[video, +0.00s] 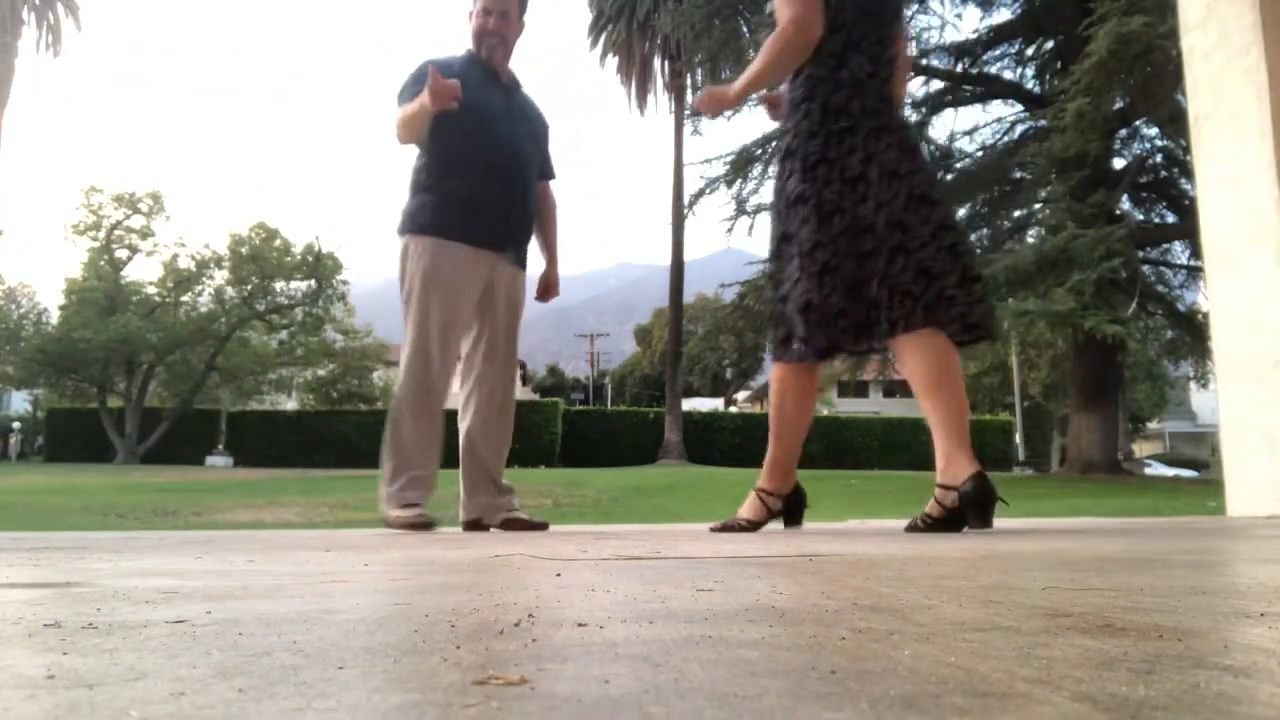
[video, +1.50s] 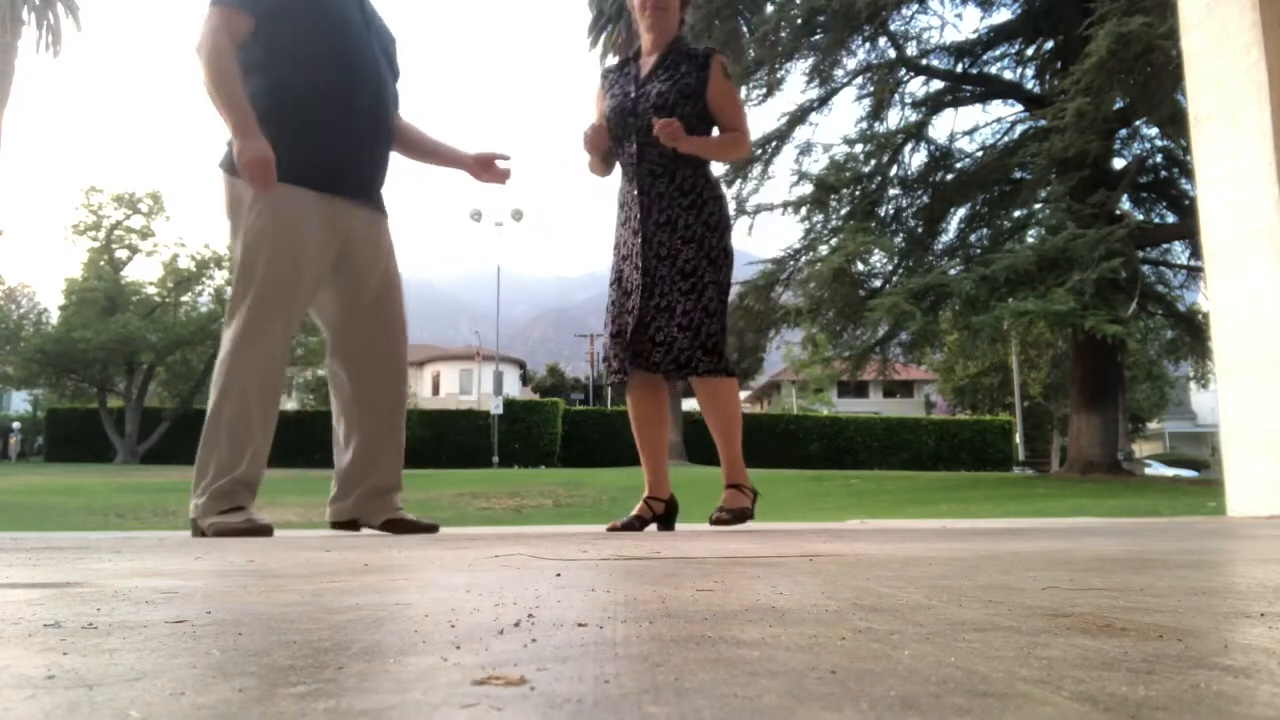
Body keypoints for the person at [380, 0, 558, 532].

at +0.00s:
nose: (493, 24)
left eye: (505, 16)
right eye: (486, 13)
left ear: (521, 27)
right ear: (472, 18)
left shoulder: (531, 114)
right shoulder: (439, 70)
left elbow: (542, 191)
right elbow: (405, 131)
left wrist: (550, 261)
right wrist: (428, 106)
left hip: (507, 256)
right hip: (441, 243)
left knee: (493, 380)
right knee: (425, 370)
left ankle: (486, 504)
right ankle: (405, 498)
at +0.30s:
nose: (452, 11)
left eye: (464, 5)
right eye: (443, 2)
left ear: (476, 16)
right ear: (427, 9)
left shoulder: (488, 109)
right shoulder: (393, 64)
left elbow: (501, 186)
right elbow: (362, 130)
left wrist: (524, 256)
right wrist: (377, 178)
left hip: (471, 255)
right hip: (401, 241)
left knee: (473, 378)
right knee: (368, 366)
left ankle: (484, 506)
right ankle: (313, 499)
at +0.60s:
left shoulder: (438, 76)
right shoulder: (333, 29)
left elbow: (468, 156)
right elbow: (281, 113)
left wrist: (522, 203)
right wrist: (271, 211)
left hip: (420, 241)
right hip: (340, 228)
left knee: (446, 366)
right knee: (325, 369)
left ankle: (453, 504)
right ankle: (303, 505)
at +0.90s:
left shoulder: (436, 51)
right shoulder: (326, 13)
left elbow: (473, 136)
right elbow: (276, 94)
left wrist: (534, 176)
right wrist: (260, 168)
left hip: (409, 227)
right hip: (328, 214)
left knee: (389, 370)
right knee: (314, 361)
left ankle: (364, 505)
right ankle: (301, 503)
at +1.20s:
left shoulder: (425, 46)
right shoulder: (313, 5)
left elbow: (451, 137)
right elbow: (265, 84)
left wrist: (515, 170)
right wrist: (257, 176)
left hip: (400, 224)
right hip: (322, 203)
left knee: (393, 363)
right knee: (294, 345)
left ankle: (368, 505)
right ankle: (234, 498)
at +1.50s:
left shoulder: (377, 29)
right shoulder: (266, 1)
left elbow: (384, 123)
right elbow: (214, 43)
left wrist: (465, 160)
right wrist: (247, 135)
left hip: (360, 206)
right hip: (282, 188)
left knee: (375, 353)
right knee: (257, 346)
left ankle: (366, 500)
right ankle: (221, 505)